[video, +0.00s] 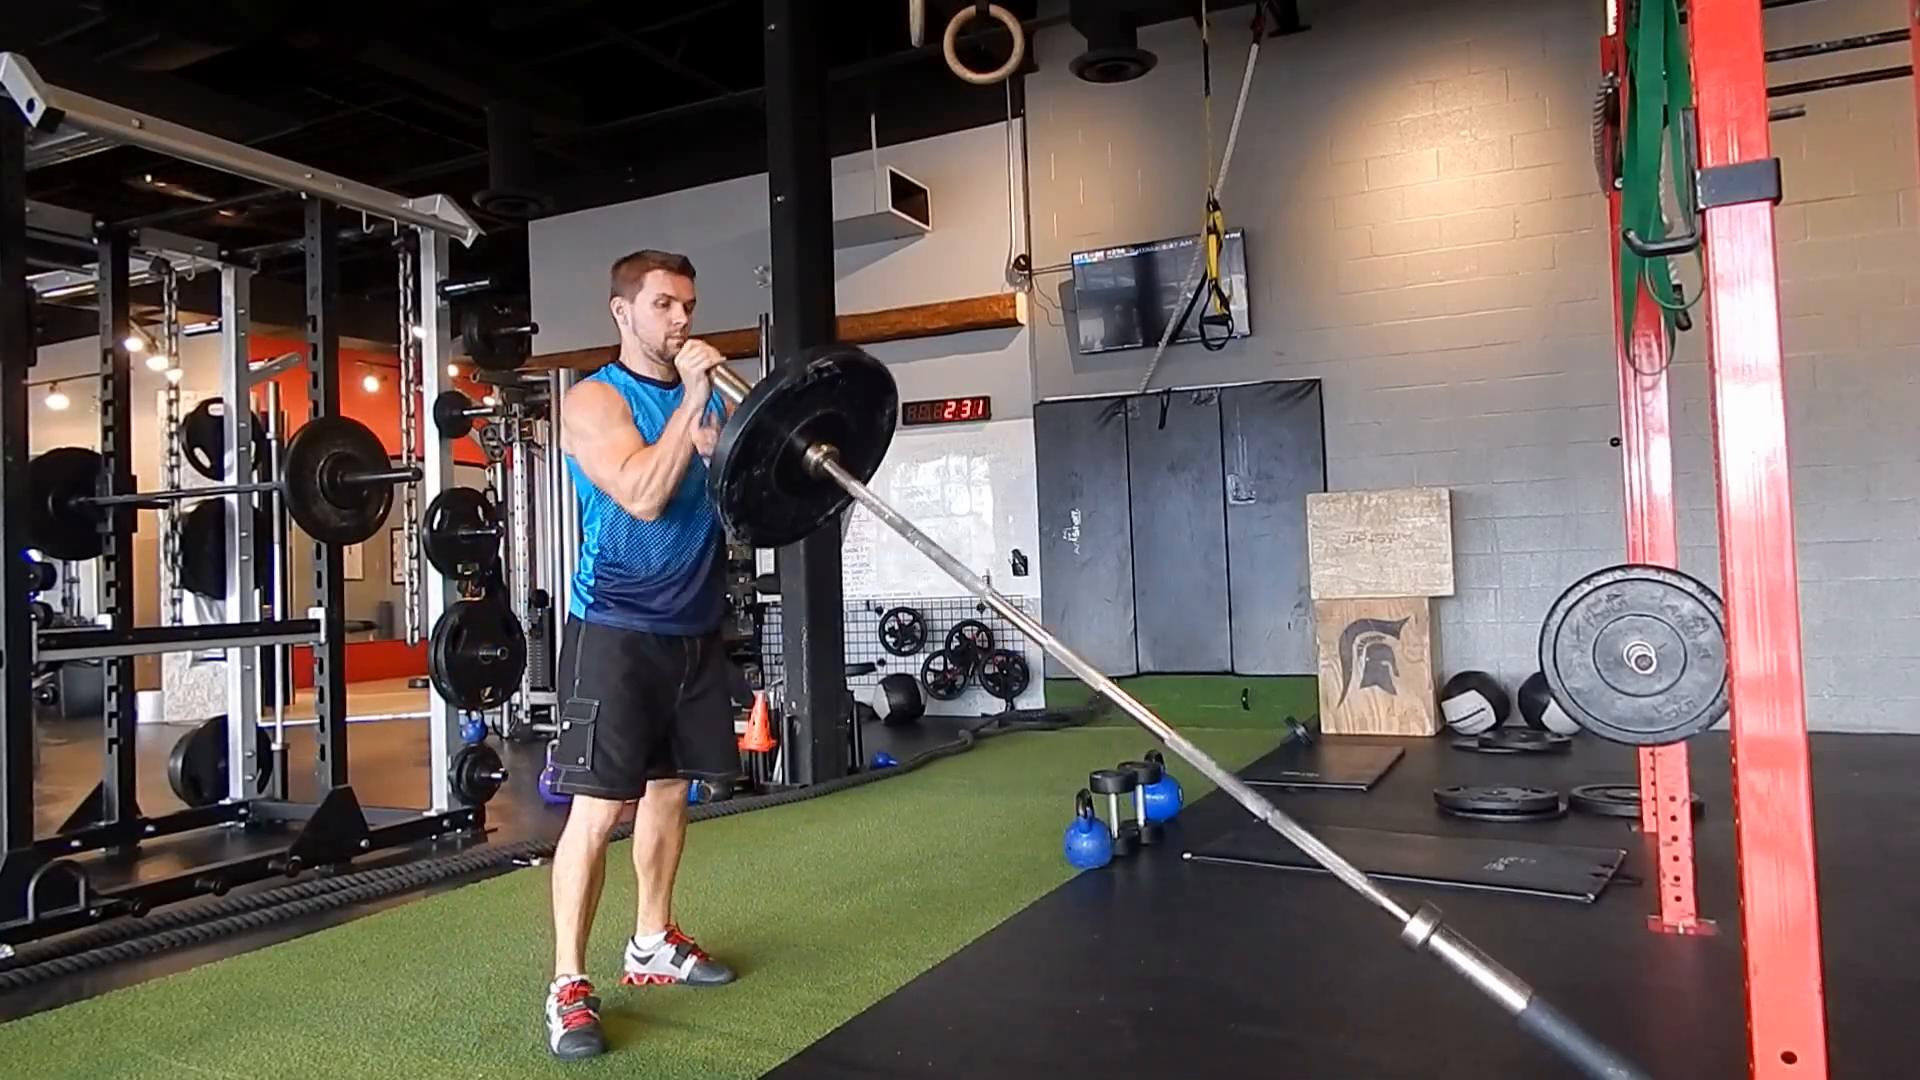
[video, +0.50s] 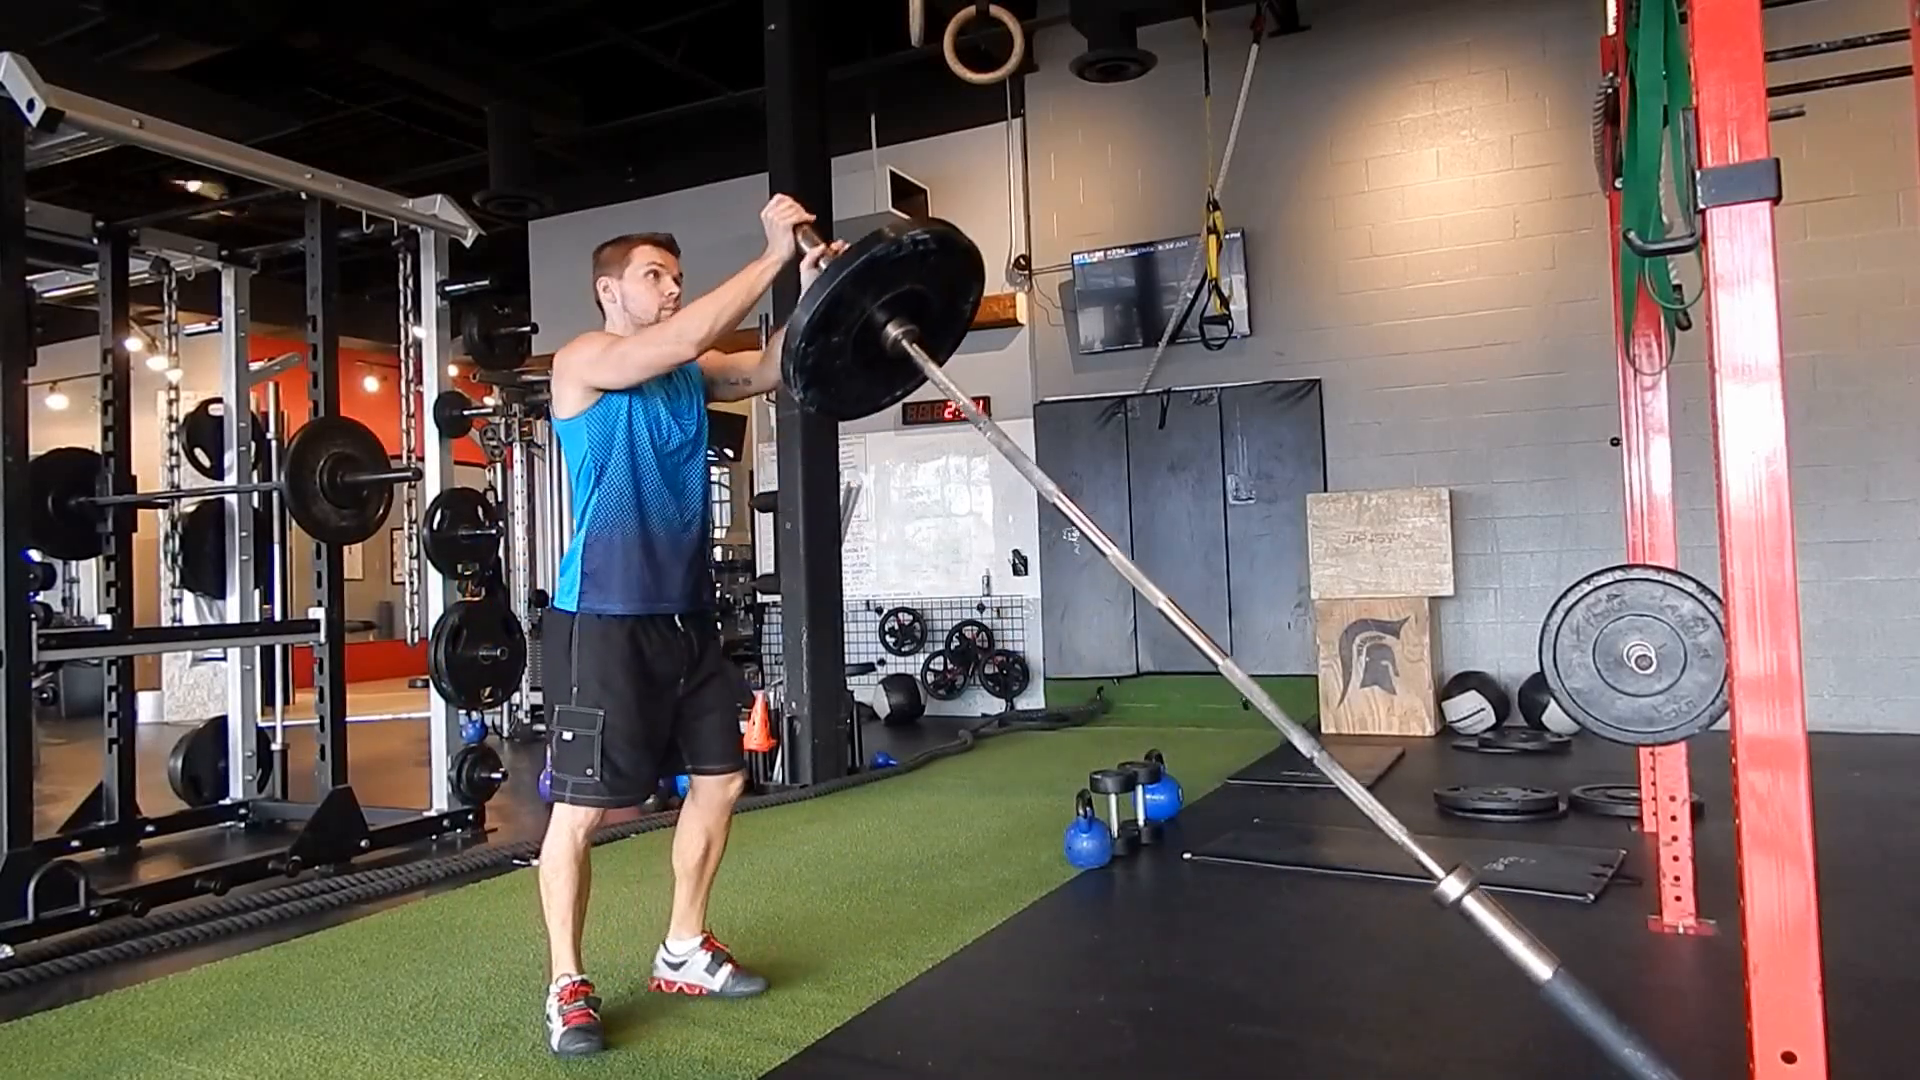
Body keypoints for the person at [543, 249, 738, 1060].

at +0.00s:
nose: (682, 318)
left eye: (688, 306)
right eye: (665, 304)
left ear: (693, 318)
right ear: (621, 311)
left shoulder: (708, 399)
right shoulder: (589, 400)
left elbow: (756, 480)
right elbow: (642, 493)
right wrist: (692, 396)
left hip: (694, 632)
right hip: (616, 632)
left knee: (668, 791)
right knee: (600, 806)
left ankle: (651, 942)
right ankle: (569, 983)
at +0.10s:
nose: (685, 310)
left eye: (690, 300)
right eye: (668, 296)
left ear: (692, 315)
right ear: (621, 306)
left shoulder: (703, 391)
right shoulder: (591, 390)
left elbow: (747, 478)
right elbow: (661, 467)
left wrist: (807, 426)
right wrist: (708, 367)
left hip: (692, 627)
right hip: (615, 627)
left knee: (668, 791)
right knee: (595, 808)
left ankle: (652, 940)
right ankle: (568, 984)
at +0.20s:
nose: (680, 304)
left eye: (684, 294)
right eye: (665, 291)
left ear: (683, 306)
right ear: (616, 299)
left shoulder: (698, 387)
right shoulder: (585, 380)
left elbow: (735, 490)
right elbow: (666, 426)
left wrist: (748, 487)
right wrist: (725, 330)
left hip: (690, 624)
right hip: (613, 624)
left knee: (675, 790)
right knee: (590, 803)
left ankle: (654, 936)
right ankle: (567, 980)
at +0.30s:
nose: (676, 300)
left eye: (681, 291)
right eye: (660, 286)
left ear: (680, 304)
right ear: (610, 294)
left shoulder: (694, 387)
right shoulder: (580, 371)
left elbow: (755, 463)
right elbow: (674, 383)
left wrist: (809, 385)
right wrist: (744, 300)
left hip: (687, 622)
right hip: (605, 622)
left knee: (702, 780)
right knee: (587, 803)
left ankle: (661, 929)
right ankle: (566, 981)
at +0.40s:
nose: (673, 293)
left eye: (677, 283)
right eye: (656, 280)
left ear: (673, 295)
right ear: (606, 291)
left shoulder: (692, 373)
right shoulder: (580, 364)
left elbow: (778, 398)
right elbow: (675, 357)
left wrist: (850, 348)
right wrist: (759, 276)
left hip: (683, 623)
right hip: (601, 623)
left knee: (723, 771)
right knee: (582, 803)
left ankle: (669, 930)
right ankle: (566, 980)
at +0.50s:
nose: (672, 290)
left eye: (678, 280)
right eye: (655, 275)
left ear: (676, 295)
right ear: (608, 289)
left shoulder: (689, 365)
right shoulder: (581, 359)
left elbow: (772, 362)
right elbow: (682, 336)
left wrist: (824, 284)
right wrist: (771, 258)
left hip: (689, 622)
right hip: (603, 623)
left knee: (719, 777)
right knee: (583, 804)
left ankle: (684, 949)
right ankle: (567, 981)